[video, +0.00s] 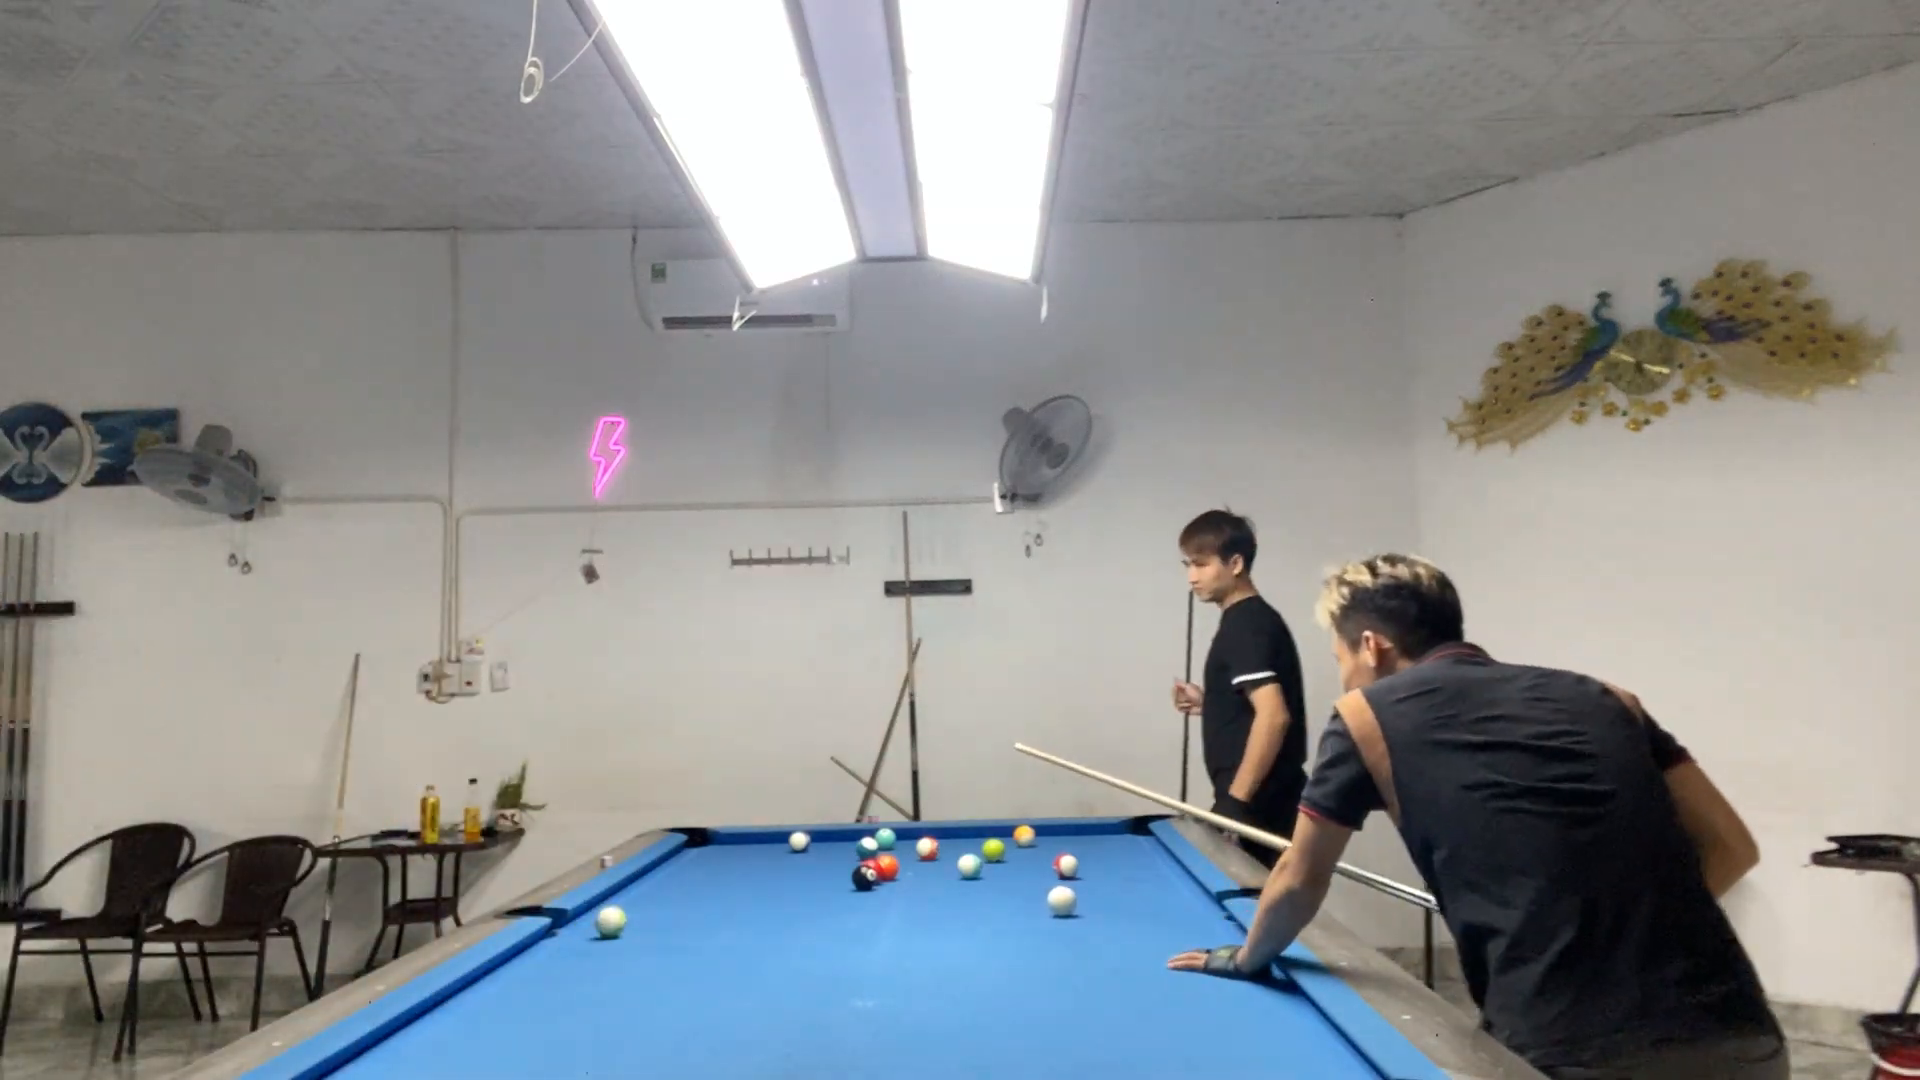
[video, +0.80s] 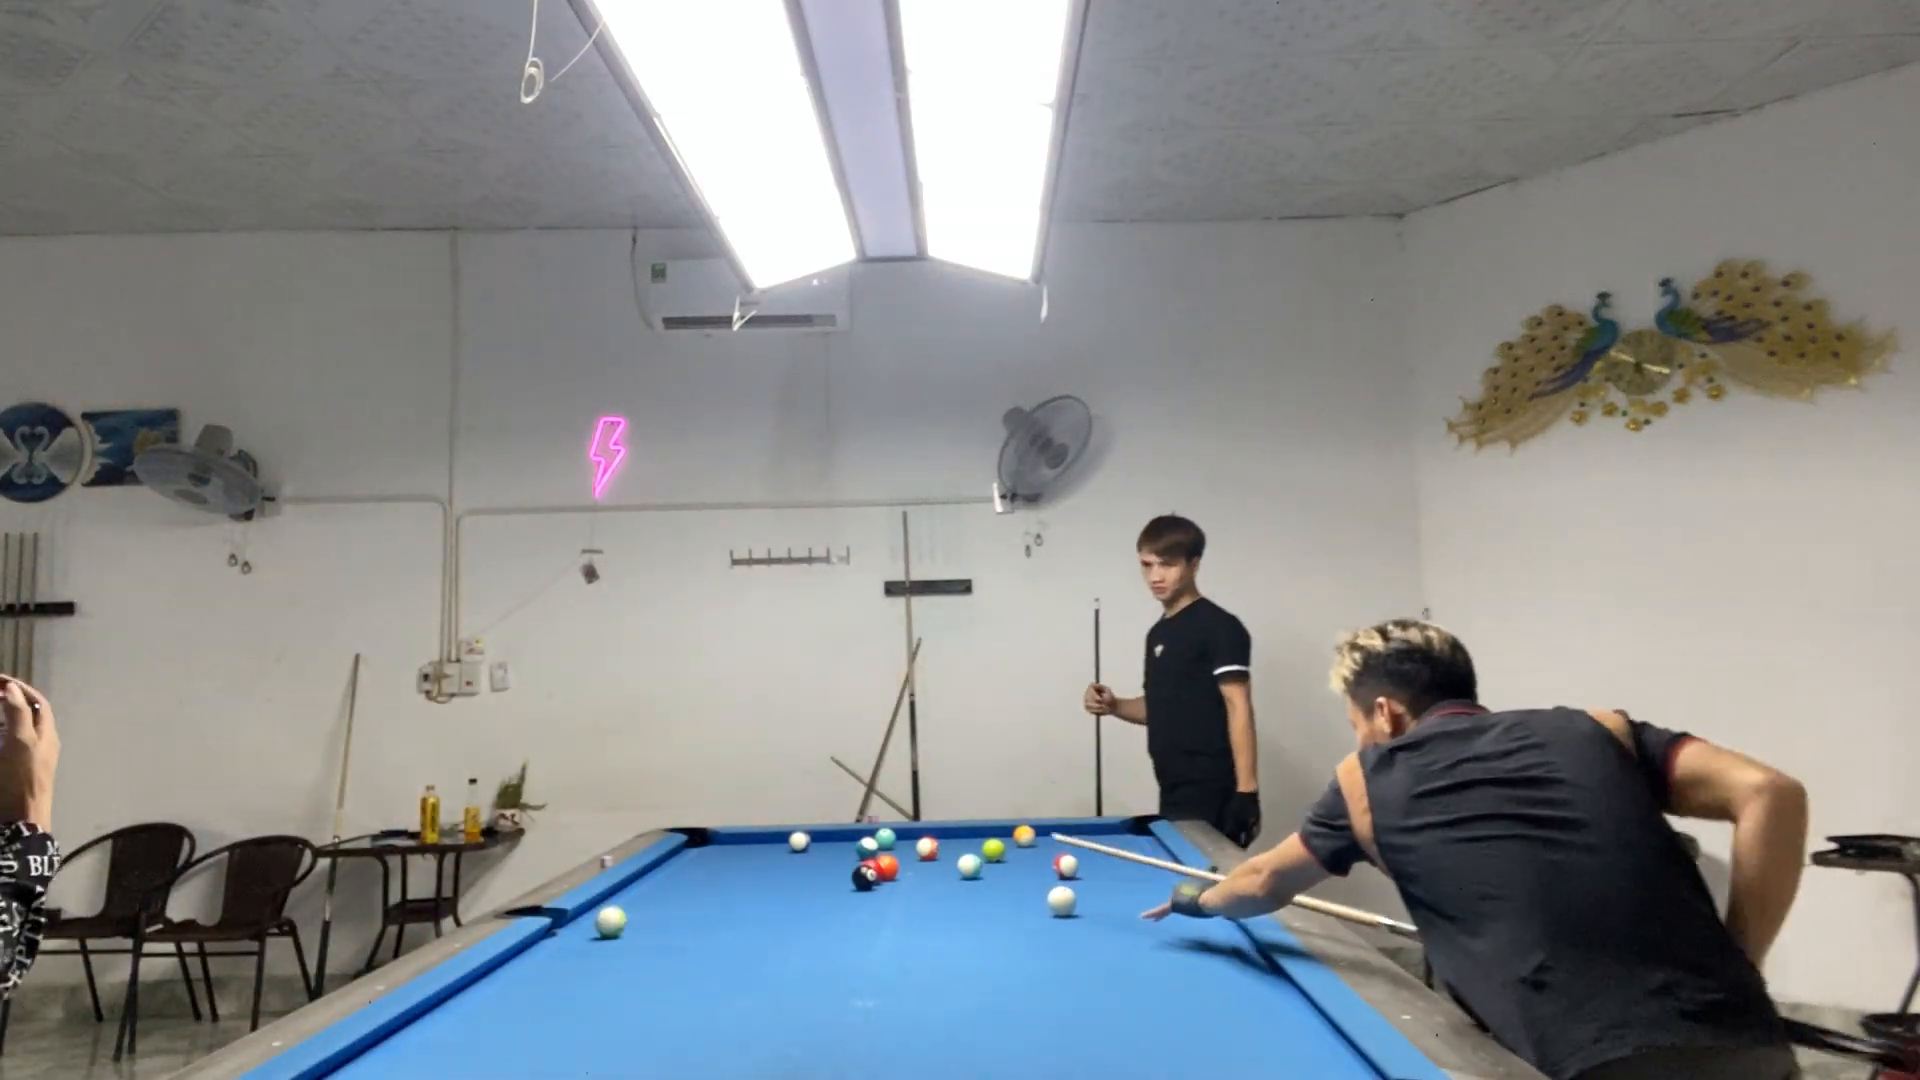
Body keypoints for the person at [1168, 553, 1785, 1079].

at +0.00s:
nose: (1341, 680)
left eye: (1340, 661)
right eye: (1336, 663)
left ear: (1375, 650)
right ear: (1457, 637)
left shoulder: (1369, 715)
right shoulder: (1602, 695)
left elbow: (1299, 878)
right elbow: (1730, 846)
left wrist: (1248, 960)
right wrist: (1635, 919)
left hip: (1567, 1045)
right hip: (1732, 1034)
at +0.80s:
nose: (1354, 740)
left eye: (1353, 721)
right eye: (1351, 722)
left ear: (1384, 715)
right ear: (1465, 700)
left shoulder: (1369, 779)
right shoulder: (1595, 726)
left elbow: (1264, 880)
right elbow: (1771, 795)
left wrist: (1209, 897)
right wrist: (1736, 966)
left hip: (1605, 1058)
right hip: (1751, 1045)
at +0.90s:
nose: (1340, 765)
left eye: (1340, 745)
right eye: (1338, 746)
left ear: (1372, 735)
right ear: (1455, 712)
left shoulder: (1360, 795)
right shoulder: (1568, 728)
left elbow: (1251, 890)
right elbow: (1745, 747)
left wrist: (1192, 909)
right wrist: (1837, 936)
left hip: (1603, 1054)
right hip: (1748, 1038)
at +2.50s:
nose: (1328, 832)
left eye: (1323, 819)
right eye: (1323, 822)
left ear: (1349, 802)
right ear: (1424, 774)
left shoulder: (1351, 848)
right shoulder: (1534, 760)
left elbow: (1243, 931)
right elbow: (1681, 721)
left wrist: (1174, 924)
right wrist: (1766, 889)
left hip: (1610, 1053)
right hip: (1743, 1033)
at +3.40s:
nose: (1345, 802)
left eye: (1344, 786)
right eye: (1344, 788)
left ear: (1371, 776)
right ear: (1449, 751)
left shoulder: (1359, 833)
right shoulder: (1558, 764)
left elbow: (1243, 925)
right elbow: (1721, 814)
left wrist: (1169, 930)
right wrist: (1697, 959)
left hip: (1604, 1051)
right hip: (1742, 1028)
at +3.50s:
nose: (1358, 745)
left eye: (1359, 724)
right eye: (1359, 724)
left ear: (1389, 725)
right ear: (1471, 710)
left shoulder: (1362, 800)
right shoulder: (1588, 740)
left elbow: (1258, 904)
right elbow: (1736, 840)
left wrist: (1182, 932)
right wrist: (1708, 981)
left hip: (1594, 1050)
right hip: (1742, 1035)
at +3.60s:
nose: (1388, 677)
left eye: (1387, 659)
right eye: (1385, 658)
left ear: (1417, 662)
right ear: (1502, 654)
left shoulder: (1378, 750)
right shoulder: (1623, 712)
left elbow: (1275, 874)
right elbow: (1752, 850)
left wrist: (1204, 931)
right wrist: (1717, 988)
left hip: (1579, 1047)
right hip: (1730, 1031)